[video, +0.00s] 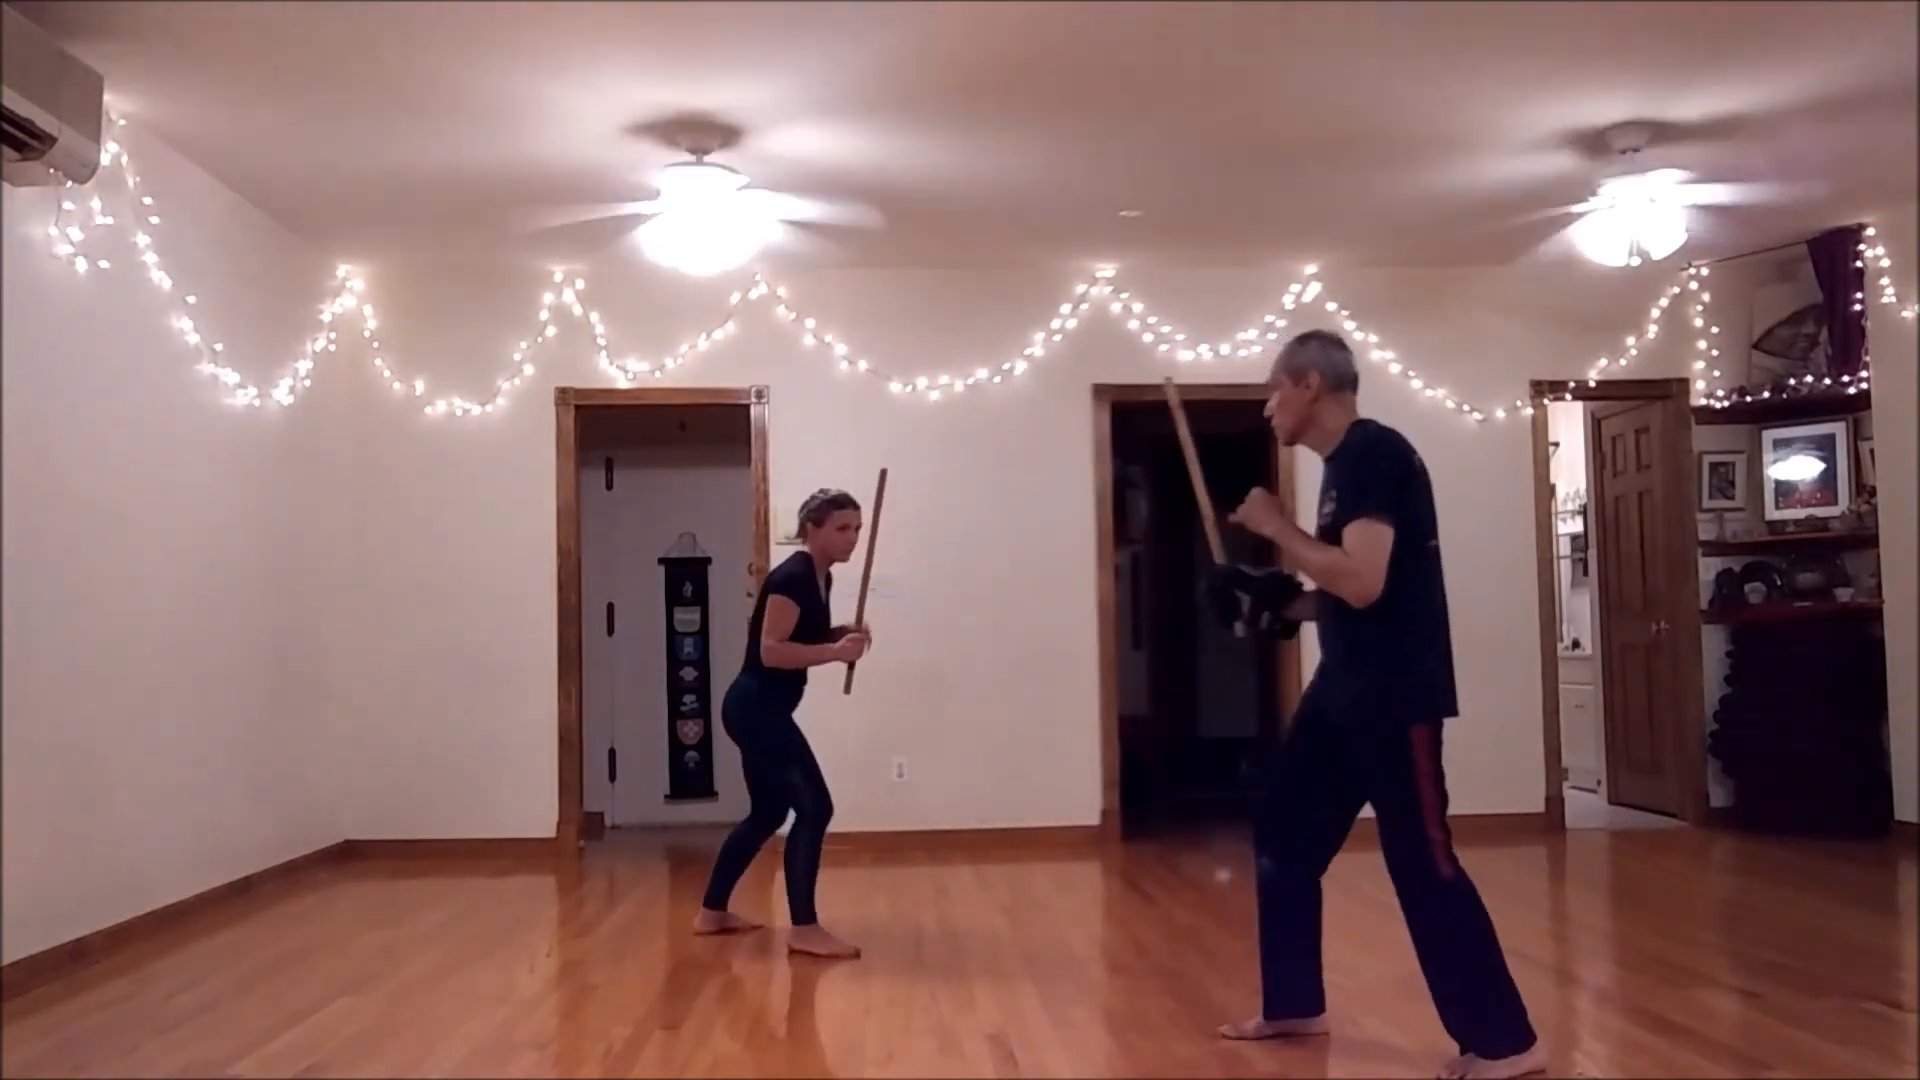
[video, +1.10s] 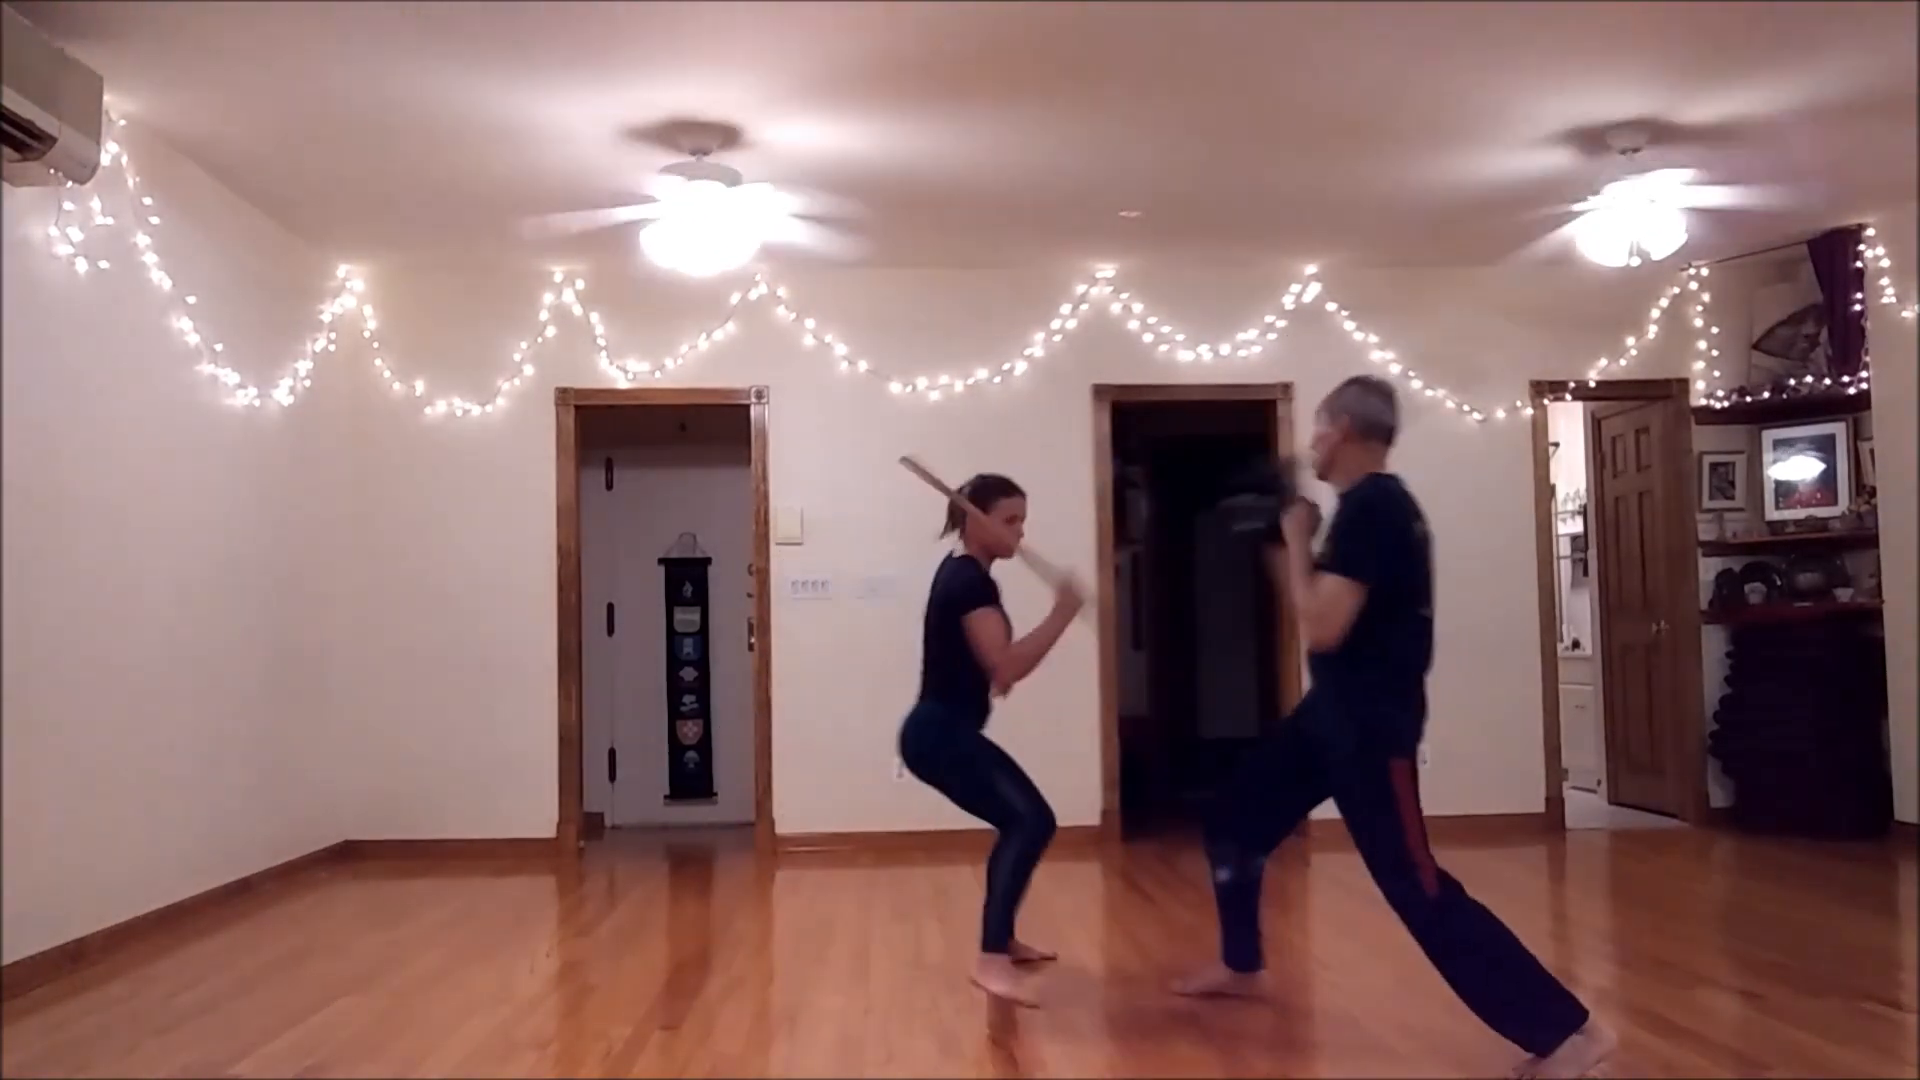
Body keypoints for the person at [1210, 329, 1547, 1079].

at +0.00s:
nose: (1270, 406)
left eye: (1276, 390)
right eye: (1270, 392)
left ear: (1314, 386)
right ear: (1320, 387)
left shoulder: (1375, 454)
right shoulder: (1341, 468)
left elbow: (1362, 578)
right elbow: (1358, 591)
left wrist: (1279, 529)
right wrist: (1284, 602)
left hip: (1397, 696)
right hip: (1346, 693)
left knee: (1424, 862)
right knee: (1286, 837)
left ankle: (1505, 1042)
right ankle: (1293, 1007)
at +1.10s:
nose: (1312, 438)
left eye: (1321, 425)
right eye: (1317, 425)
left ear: (1345, 433)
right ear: (1369, 436)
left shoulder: (1374, 508)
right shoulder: (1371, 504)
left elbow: (1321, 626)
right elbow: (1328, 616)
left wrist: (1296, 543)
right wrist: (1294, 545)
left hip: (1372, 723)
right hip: (1335, 714)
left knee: (1417, 885)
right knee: (1236, 815)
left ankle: (1567, 1032)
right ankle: (1239, 964)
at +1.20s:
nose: (1277, 441)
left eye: (1282, 430)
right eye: (1282, 430)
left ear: (1299, 435)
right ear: (1335, 439)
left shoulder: (1326, 501)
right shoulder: (1325, 501)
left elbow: (1279, 607)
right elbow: (1251, 579)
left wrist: (1263, 532)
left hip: (1344, 713)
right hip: (1314, 709)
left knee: (1407, 865)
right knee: (1238, 814)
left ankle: (1547, 1014)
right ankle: (1220, 954)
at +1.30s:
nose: (1223, 464)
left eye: (1227, 450)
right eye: (1226, 452)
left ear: (1244, 448)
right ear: (1281, 444)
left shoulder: (1290, 498)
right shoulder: (1271, 512)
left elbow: (1259, 605)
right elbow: (1197, 593)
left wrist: (1228, 546)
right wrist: (1136, 606)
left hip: (1321, 700)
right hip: (1290, 700)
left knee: (1355, 854)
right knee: (1226, 812)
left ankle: (1509, 985)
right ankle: (1221, 955)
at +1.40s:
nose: (1194, 478)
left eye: (1197, 466)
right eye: (1194, 467)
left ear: (1218, 461)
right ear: (1239, 456)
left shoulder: (1267, 500)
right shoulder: (1241, 517)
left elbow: (1242, 601)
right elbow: (1191, 620)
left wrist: (1206, 546)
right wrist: (1113, 663)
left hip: (1309, 699)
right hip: (1269, 699)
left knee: (1304, 848)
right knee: (1208, 814)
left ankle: (1438, 964)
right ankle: (1216, 958)